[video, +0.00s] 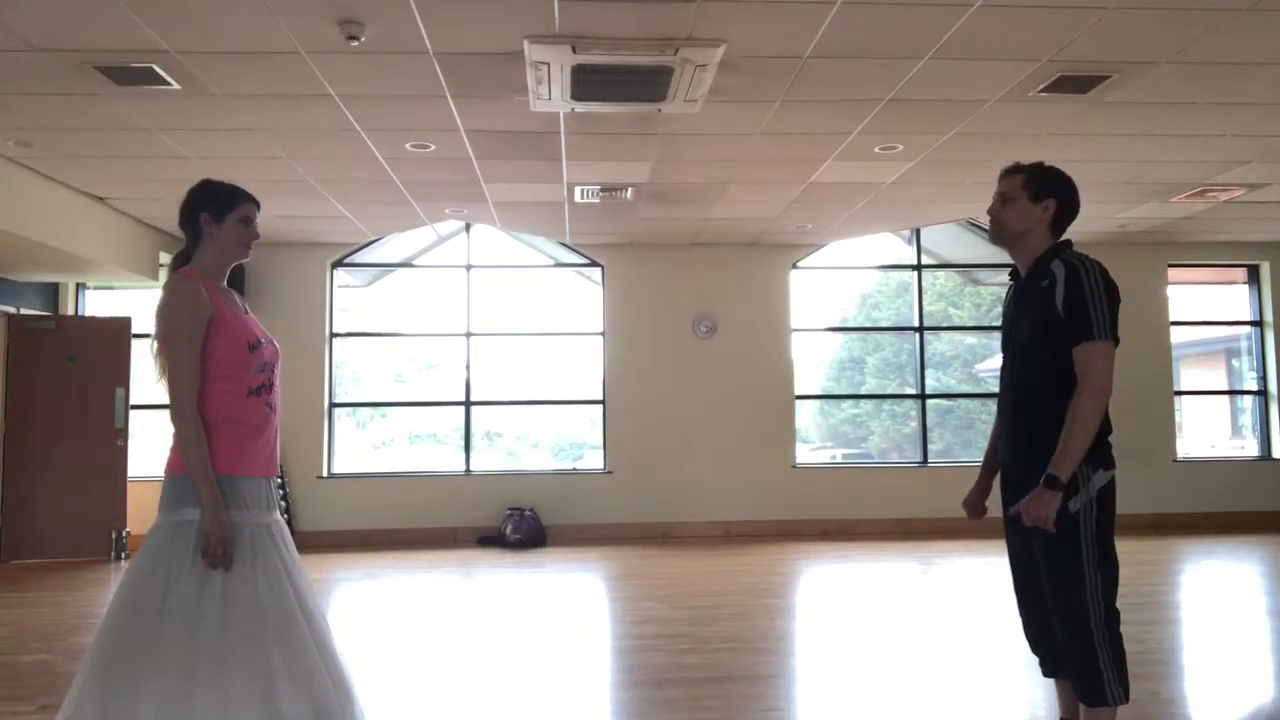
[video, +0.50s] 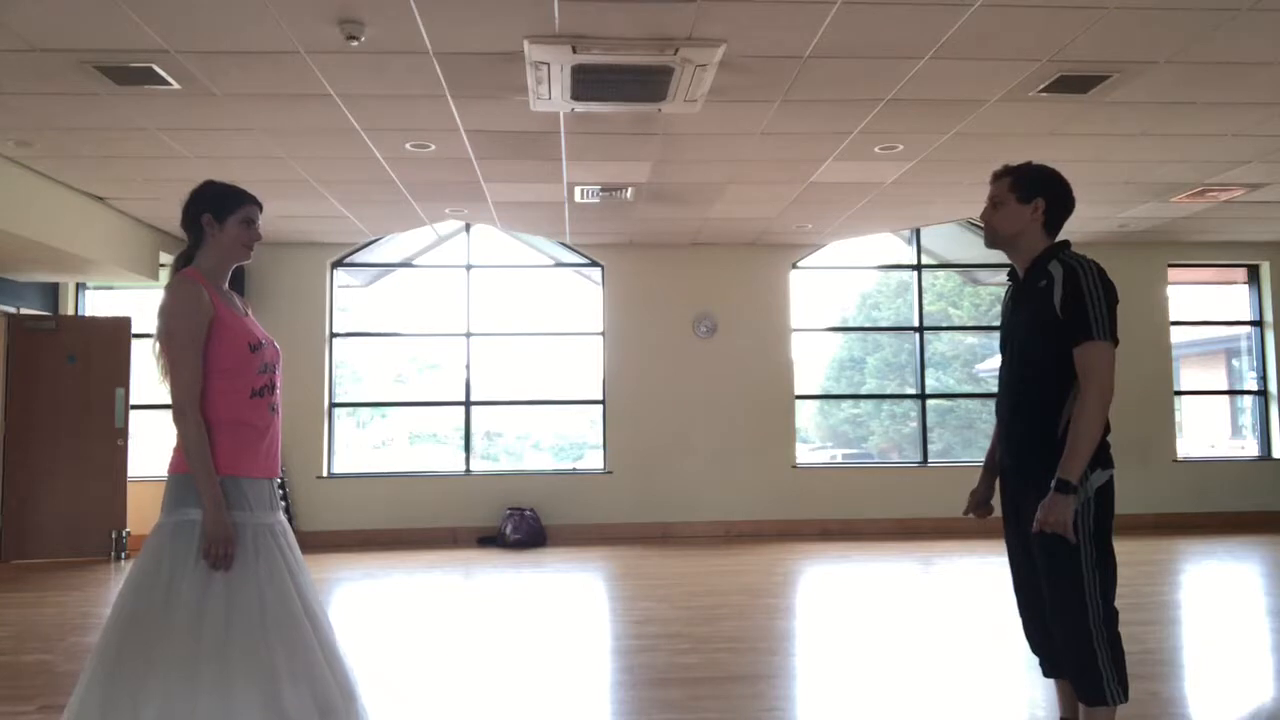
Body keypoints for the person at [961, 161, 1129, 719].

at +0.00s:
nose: (990, 210)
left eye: (1005, 200)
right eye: (994, 200)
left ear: (1046, 211)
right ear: (1029, 214)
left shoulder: (1078, 273)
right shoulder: (1020, 289)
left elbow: (1095, 388)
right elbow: (1016, 394)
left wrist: (1053, 483)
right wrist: (985, 477)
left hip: (1072, 484)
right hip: (1025, 481)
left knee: (1086, 634)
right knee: (1052, 632)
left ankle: (1099, 715)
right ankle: (1070, 713)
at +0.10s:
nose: (989, 211)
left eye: (1003, 201)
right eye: (992, 200)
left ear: (1043, 210)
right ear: (1030, 213)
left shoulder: (1078, 273)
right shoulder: (1020, 290)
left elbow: (1095, 388)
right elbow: (1015, 396)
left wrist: (1056, 484)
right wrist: (984, 478)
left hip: (1071, 484)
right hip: (1025, 483)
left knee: (1085, 634)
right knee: (1053, 633)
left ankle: (1099, 714)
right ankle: (1072, 713)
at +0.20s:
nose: (987, 211)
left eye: (1001, 201)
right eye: (991, 201)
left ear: (1041, 210)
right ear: (1027, 214)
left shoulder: (1077, 274)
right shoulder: (1020, 290)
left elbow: (1094, 388)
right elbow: (1015, 395)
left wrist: (1061, 486)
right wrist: (985, 478)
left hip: (1071, 484)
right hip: (1025, 483)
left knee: (1085, 632)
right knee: (1052, 632)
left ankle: (1100, 714)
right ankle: (1072, 712)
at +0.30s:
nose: (985, 213)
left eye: (999, 202)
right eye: (989, 202)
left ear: (1039, 211)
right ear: (1025, 214)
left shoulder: (1076, 274)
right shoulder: (1019, 290)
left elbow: (1095, 389)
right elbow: (1015, 397)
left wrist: (1063, 487)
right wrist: (987, 478)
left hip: (1070, 484)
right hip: (1025, 484)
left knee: (1085, 633)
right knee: (1052, 632)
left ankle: (1100, 714)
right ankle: (1072, 712)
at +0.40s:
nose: (984, 212)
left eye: (997, 202)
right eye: (988, 201)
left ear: (1037, 210)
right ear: (1025, 214)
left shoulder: (1076, 273)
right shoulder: (1019, 289)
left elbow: (1097, 388)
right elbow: (1017, 395)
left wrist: (1065, 487)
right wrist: (988, 477)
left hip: (1068, 484)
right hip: (1025, 483)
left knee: (1085, 633)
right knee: (1052, 631)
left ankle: (1099, 714)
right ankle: (1070, 712)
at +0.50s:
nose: (984, 212)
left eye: (996, 202)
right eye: (987, 202)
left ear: (1035, 210)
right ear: (1024, 214)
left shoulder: (1076, 274)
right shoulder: (1019, 291)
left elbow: (1097, 389)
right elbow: (1017, 396)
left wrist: (1065, 487)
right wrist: (988, 477)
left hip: (1068, 483)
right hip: (1025, 481)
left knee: (1084, 632)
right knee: (1052, 628)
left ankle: (1098, 715)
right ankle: (1069, 713)